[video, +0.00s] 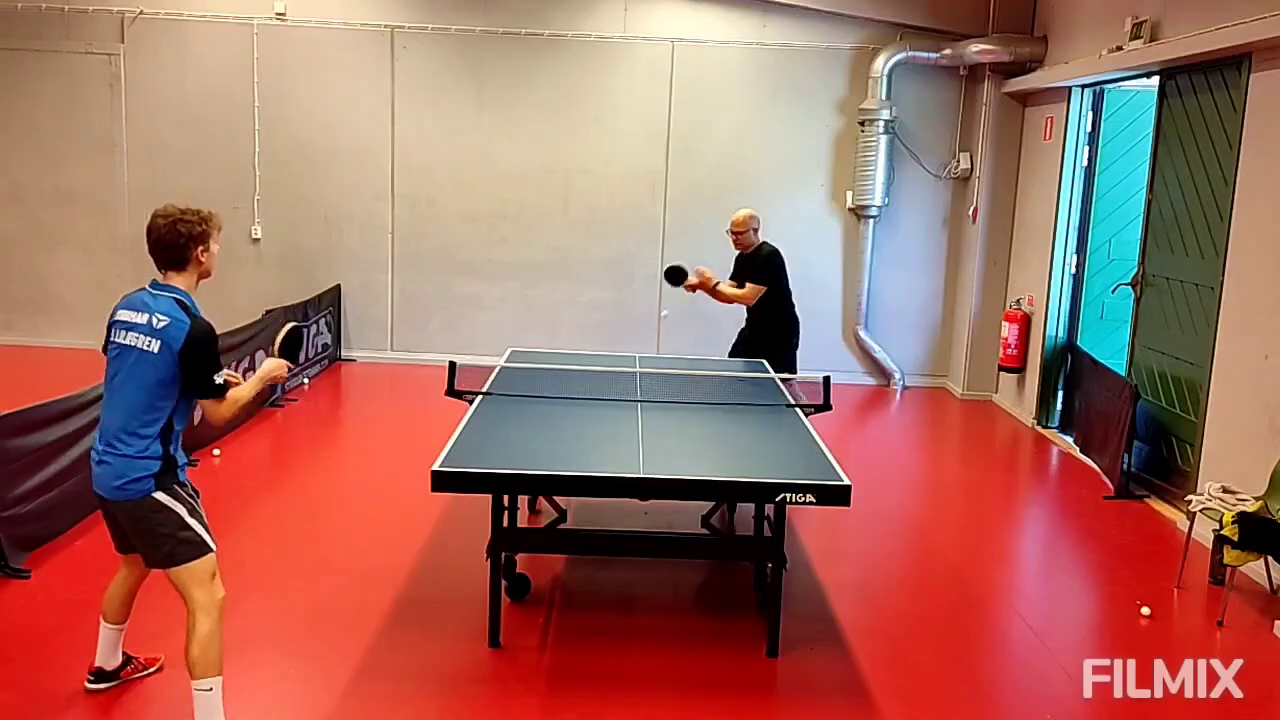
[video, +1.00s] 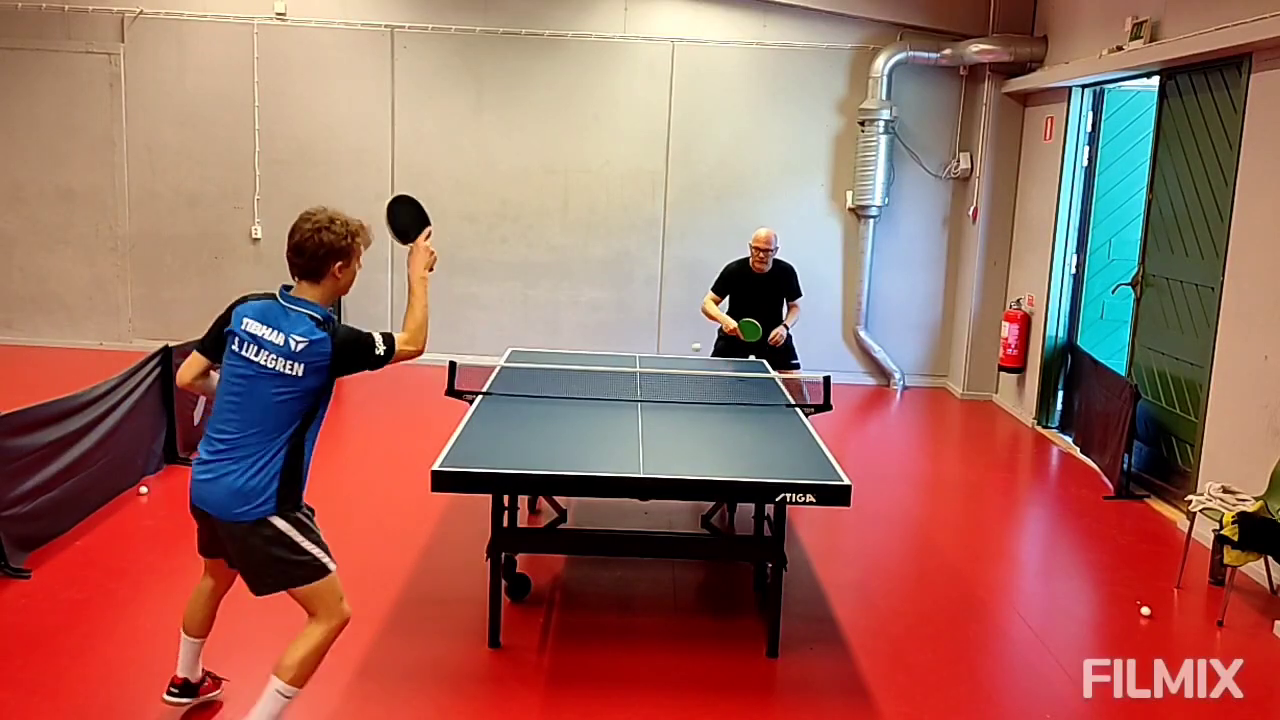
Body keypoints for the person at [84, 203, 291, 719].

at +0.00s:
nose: (217, 252)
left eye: (215, 243)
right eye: (214, 245)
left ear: (162, 254)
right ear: (198, 255)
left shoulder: (127, 306)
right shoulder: (193, 328)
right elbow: (221, 412)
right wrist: (265, 376)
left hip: (108, 472)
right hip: (150, 480)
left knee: (134, 563)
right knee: (207, 597)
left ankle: (106, 666)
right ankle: (211, 715)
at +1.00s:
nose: (358, 270)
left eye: (357, 261)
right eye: (356, 262)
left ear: (296, 262)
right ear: (340, 269)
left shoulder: (245, 310)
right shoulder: (332, 340)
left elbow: (188, 375)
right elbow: (413, 343)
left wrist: (233, 393)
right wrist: (419, 273)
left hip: (207, 488)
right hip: (261, 506)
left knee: (215, 574)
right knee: (332, 614)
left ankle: (185, 680)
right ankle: (262, 714)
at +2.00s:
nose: (227, 365)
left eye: (229, 357)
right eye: (222, 357)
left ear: (188, 349)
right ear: (188, 354)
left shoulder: (164, 360)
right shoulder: (139, 418)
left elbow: (190, 404)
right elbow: (188, 498)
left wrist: (231, 419)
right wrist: (263, 525)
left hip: (171, 501)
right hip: (148, 518)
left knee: (174, 587)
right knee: (236, 607)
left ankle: (79, 644)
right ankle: (212, 717)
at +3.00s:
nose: (298, 314)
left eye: (299, 305)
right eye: (295, 306)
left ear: (246, 299)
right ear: (270, 308)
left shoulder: (209, 327)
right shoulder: (223, 372)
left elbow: (219, 367)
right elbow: (215, 473)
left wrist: (260, 380)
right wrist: (283, 522)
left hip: (127, 484)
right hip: (160, 501)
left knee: (132, 581)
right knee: (247, 609)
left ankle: (82, 682)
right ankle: (266, 714)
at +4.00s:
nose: (286, 260)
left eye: (286, 251)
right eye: (284, 252)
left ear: (227, 255)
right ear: (269, 260)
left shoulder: (188, 307)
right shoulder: (245, 341)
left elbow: (184, 390)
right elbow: (261, 441)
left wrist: (252, 401)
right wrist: (337, 431)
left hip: (157, 483)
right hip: (204, 495)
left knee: (140, 609)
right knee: (269, 610)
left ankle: (114, 715)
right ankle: (274, 716)